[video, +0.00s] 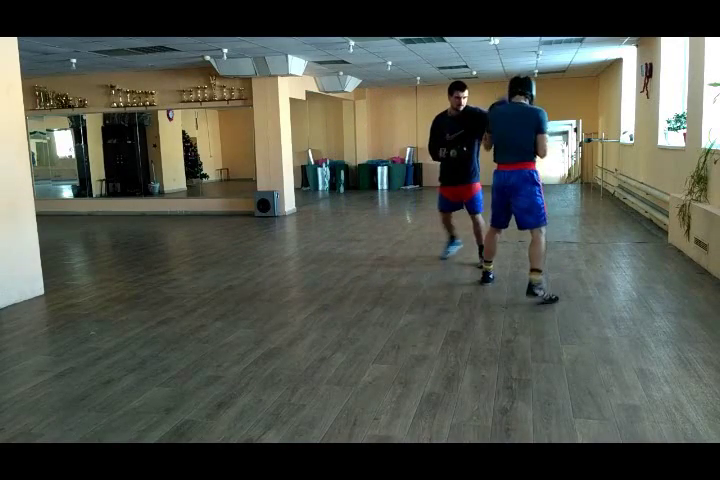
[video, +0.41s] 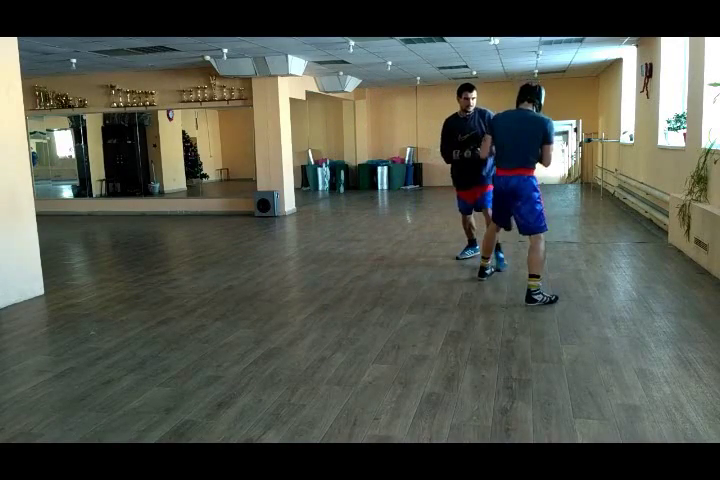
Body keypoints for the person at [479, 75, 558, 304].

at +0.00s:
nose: (530, 99)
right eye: (530, 96)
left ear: (510, 94)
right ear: (530, 96)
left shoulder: (495, 111)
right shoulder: (537, 113)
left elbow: (486, 144)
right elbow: (542, 151)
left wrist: (502, 133)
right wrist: (529, 136)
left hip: (501, 176)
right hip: (526, 176)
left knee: (494, 228)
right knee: (538, 231)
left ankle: (487, 272)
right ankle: (535, 284)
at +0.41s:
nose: (540, 106)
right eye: (540, 103)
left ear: (518, 99)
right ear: (538, 103)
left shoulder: (499, 118)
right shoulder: (543, 122)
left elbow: (484, 153)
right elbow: (546, 161)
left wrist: (502, 148)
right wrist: (531, 148)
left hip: (501, 182)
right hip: (525, 183)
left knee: (493, 225)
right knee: (537, 237)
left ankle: (483, 268)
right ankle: (534, 291)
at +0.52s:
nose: (545, 131)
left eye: (546, 128)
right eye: (546, 128)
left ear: (527, 116)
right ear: (543, 125)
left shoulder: (503, 124)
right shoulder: (533, 132)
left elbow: (470, 132)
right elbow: (525, 167)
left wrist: (485, 139)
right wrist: (527, 170)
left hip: (483, 182)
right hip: (502, 184)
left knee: (489, 224)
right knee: (524, 235)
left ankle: (481, 266)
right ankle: (532, 290)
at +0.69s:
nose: (537, 140)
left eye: (538, 137)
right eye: (538, 137)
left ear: (522, 124)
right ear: (536, 132)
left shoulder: (501, 132)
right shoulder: (526, 138)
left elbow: (483, 153)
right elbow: (511, 168)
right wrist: (517, 179)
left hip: (473, 183)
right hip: (492, 186)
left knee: (484, 226)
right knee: (518, 235)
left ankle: (480, 266)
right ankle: (509, 285)